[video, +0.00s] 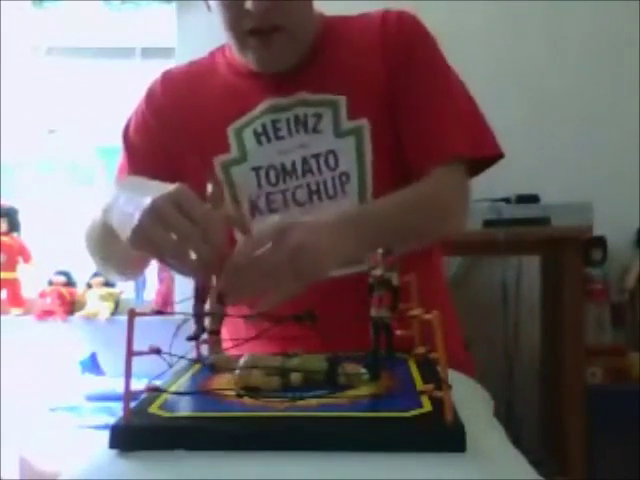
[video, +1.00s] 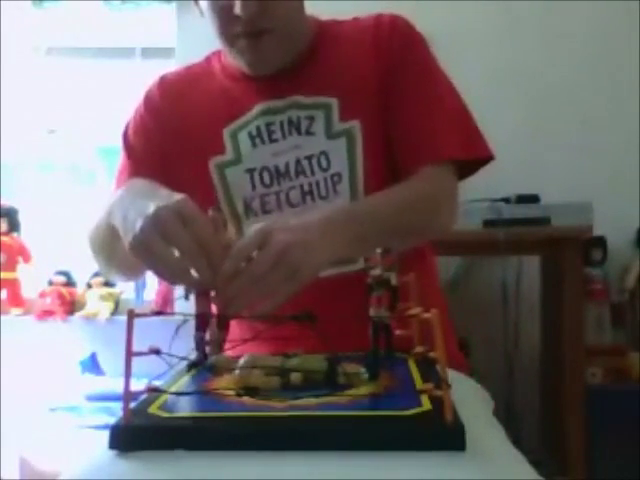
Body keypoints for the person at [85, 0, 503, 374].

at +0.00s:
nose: (255, 7)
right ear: (212, 4)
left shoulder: (391, 42)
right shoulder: (174, 98)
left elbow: (447, 202)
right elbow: (115, 260)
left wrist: (327, 242)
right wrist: (124, 208)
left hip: (409, 371)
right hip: (253, 382)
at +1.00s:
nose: (240, 11)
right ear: (199, 5)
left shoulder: (384, 47)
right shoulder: (170, 102)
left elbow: (437, 203)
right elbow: (115, 257)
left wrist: (321, 237)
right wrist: (128, 203)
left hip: (399, 366)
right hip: (249, 376)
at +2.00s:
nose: (245, 12)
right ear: (205, 4)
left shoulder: (386, 46)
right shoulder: (173, 104)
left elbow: (439, 202)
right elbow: (123, 266)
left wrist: (320, 236)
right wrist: (124, 214)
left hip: (403, 367)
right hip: (256, 377)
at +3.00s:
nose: (243, 16)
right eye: (221, 0)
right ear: (204, 4)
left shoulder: (382, 44)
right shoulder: (169, 105)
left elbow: (417, 196)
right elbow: (122, 270)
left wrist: (313, 228)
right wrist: (118, 217)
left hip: (402, 376)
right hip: (246, 391)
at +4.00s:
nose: (239, 15)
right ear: (202, 7)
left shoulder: (383, 43)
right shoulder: (177, 106)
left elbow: (395, 181)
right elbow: (131, 268)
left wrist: (284, 267)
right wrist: (126, 215)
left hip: (399, 382)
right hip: (246, 398)